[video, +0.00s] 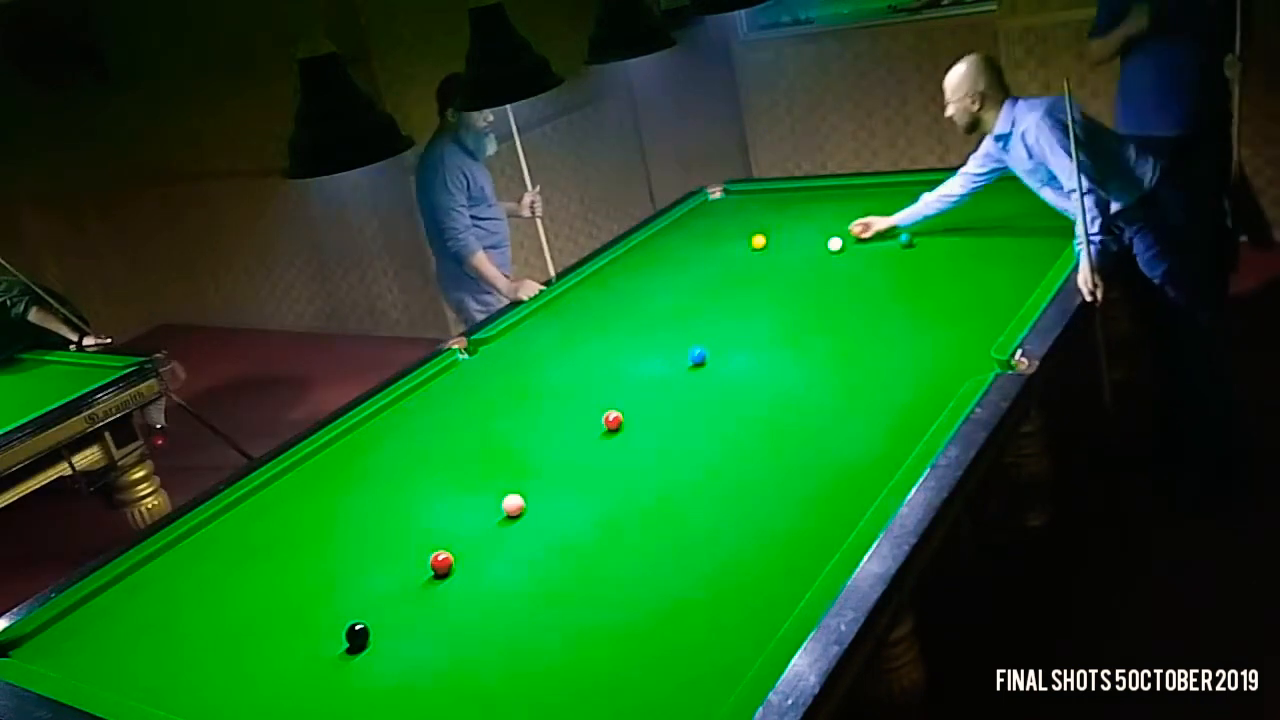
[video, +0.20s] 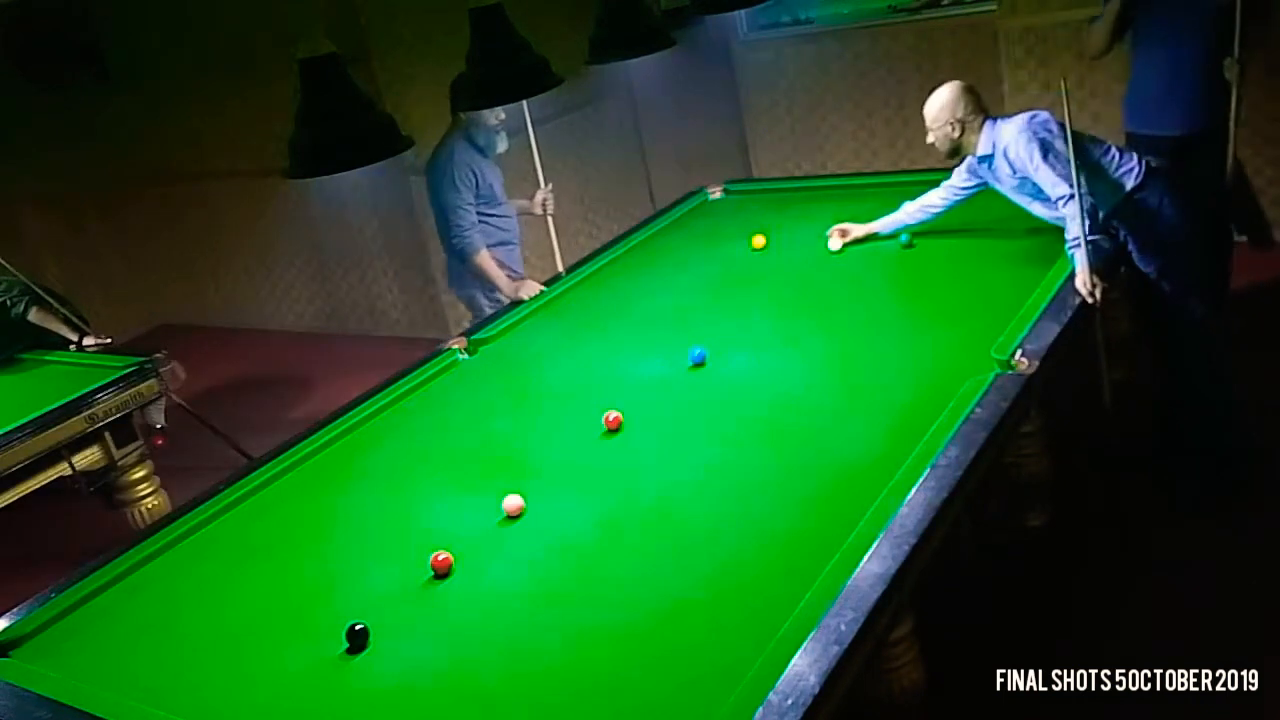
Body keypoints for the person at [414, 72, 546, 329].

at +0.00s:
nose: (490, 118)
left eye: (489, 110)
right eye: (479, 112)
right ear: (452, 116)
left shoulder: (460, 150)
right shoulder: (443, 161)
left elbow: (476, 208)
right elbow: (458, 240)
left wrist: (516, 208)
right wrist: (507, 286)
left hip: (488, 281)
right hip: (474, 288)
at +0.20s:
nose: (501, 116)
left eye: (500, 107)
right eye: (490, 110)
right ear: (465, 114)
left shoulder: (473, 149)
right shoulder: (453, 160)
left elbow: (488, 207)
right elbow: (464, 238)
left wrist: (528, 206)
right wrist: (507, 286)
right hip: (484, 284)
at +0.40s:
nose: (512, 115)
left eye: (511, 106)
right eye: (502, 108)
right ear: (476, 113)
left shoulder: (488, 147)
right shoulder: (464, 160)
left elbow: (500, 200)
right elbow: (470, 236)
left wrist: (538, 204)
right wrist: (510, 287)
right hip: (496, 277)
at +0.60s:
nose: (525, 109)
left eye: (524, 101)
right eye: (514, 103)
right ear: (490, 109)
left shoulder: (501, 141)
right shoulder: (480, 156)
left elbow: (515, 193)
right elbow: (474, 231)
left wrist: (551, 199)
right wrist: (510, 286)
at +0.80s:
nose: (537, 105)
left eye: (536, 96)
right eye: (526, 99)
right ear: (503, 105)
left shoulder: (515, 137)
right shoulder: (493, 150)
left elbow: (526, 193)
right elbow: (481, 226)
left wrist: (562, 195)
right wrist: (511, 284)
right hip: (540, 281)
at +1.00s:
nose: (551, 101)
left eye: (550, 92)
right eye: (540, 94)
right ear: (517, 102)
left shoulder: (532, 136)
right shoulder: (505, 146)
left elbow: (537, 195)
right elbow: (493, 221)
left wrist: (574, 193)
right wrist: (530, 275)